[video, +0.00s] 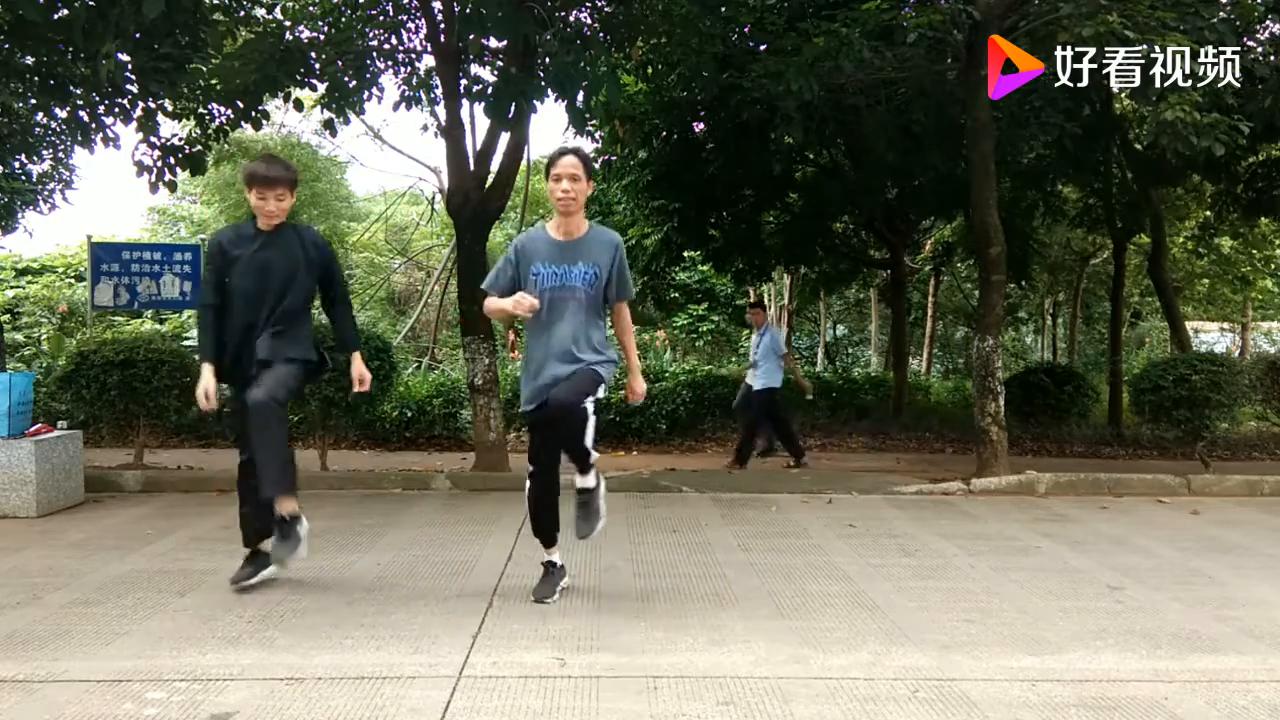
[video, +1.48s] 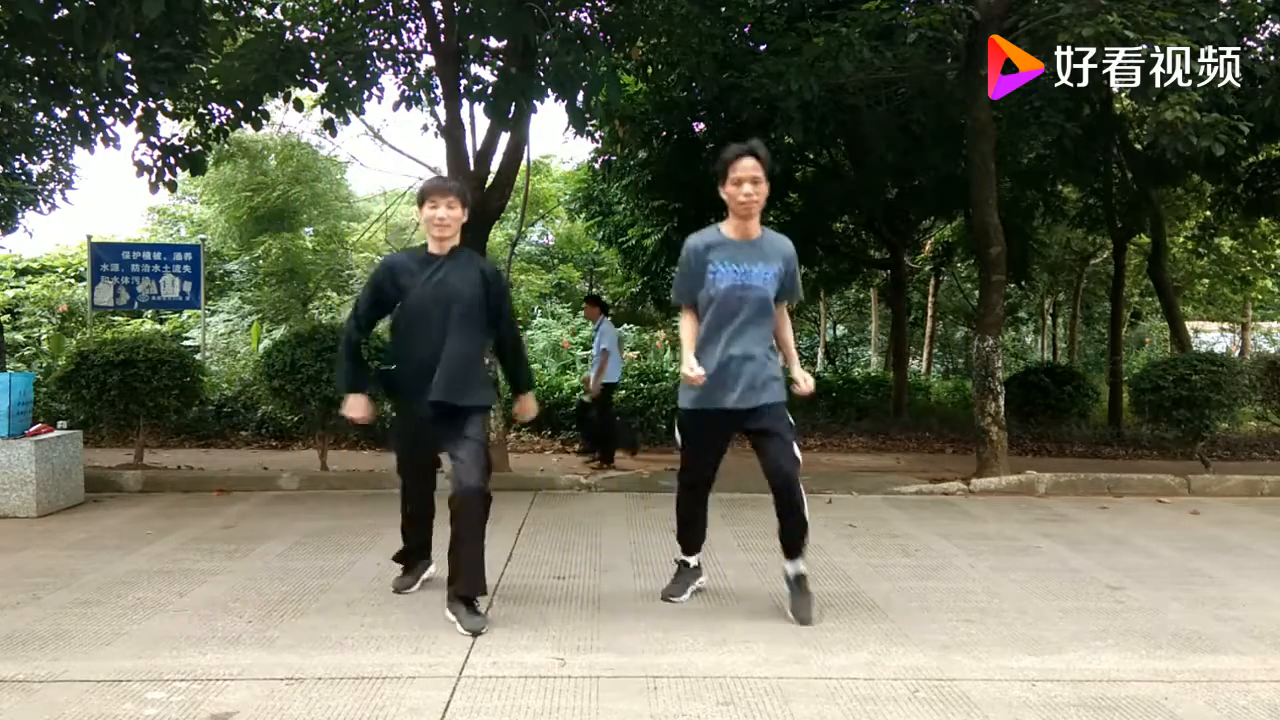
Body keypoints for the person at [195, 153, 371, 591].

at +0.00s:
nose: (272, 207)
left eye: (281, 198)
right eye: (263, 197)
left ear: (293, 198)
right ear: (248, 195)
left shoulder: (311, 245)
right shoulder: (225, 245)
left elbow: (337, 302)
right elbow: (209, 308)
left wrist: (355, 355)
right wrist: (207, 367)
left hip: (291, 355)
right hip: (243, 360)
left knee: (261, 400)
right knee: (249, 455)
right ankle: (257, 549)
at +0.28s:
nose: (308, 206)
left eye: (316, 197)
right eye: (299, 197)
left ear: (328, 201)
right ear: (285, 200)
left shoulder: (348, 256)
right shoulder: (263, 255)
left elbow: (367, 327)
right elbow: (251, 322)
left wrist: (365, 313)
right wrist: (248, 380)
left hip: (329, 385)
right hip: (276, 384)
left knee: (318, 476)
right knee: (257, 473)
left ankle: (324, 590)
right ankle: (274, 532)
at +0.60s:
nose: (346, 190)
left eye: (356, 182)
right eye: (338, 181)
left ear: (369, 188)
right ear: (326, 188)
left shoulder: (392, 239)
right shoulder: (307, 244)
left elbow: (399, 283)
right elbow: (302, 304)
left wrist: (383, 314)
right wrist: (308, 348)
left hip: (372, 353)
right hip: (323, 349)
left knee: (359, 458)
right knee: (317, 384)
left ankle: (343, 562)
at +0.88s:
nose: (376, 215)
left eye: (384, 207)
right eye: (367, 207)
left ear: (399, 216)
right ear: (355, 216)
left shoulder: (424, 272)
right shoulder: (339, 279)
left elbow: (439, 341)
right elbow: (331, 349)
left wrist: (439, 402)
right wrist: (335, 411)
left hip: (413, 396)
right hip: (364, 398)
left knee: (400, 485)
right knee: (392, 483)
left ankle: (377, 546)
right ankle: (403, 595)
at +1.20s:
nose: (414, 197)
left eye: (423, 189)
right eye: (405, 188)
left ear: (436, 197)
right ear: (393, 195)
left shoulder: (456, 252)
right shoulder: (369, 246)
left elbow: (480, 302)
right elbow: (344, 301)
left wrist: (492, 335)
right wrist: (380, 264)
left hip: (447, 363)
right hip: (396, 371)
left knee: (441, 414)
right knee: (409, 477)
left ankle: (462, 503)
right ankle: (422, 570)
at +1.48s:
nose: (443, 214)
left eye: (452, 207)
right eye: (434, 206)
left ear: (464, 214)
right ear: (420, 213)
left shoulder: (484, 273)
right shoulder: (396, 268)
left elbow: (506, 334)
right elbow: (356, 327)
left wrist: (523, 388)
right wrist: (354, 389)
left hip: (468, 401)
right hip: (413, 400)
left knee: (472, 488)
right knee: (415, 489)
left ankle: (465, 595)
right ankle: (415, 559)